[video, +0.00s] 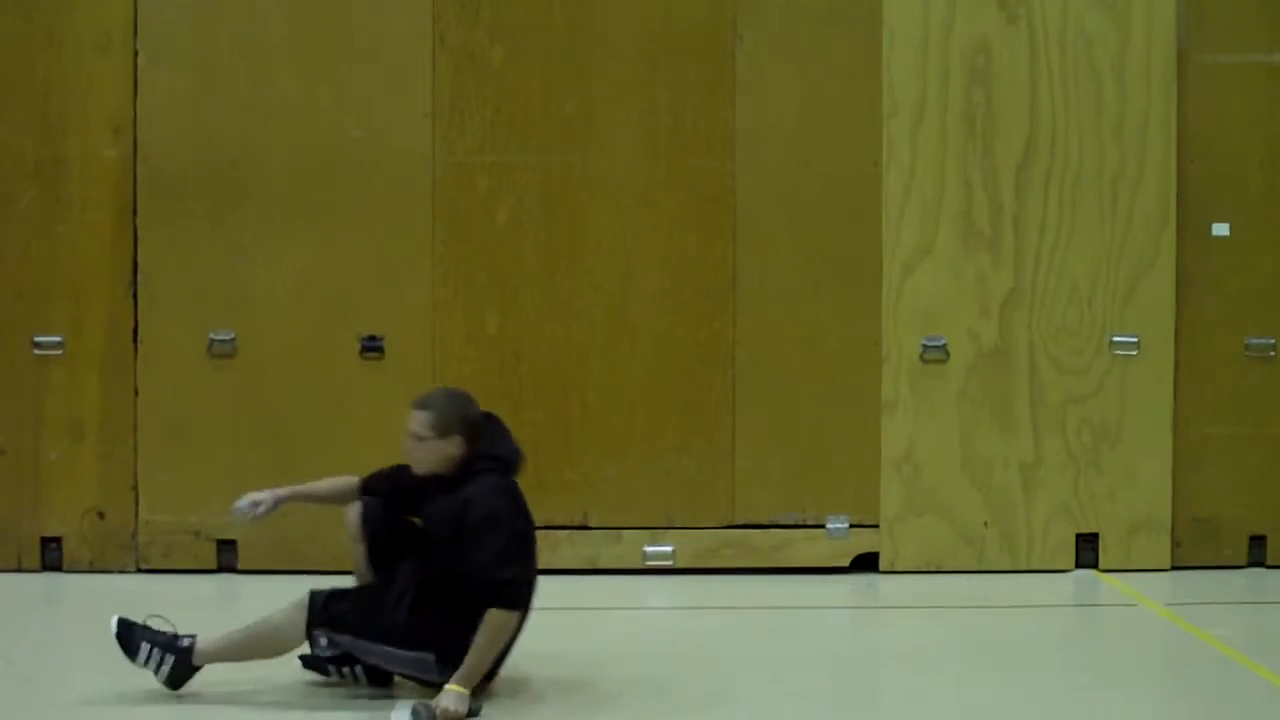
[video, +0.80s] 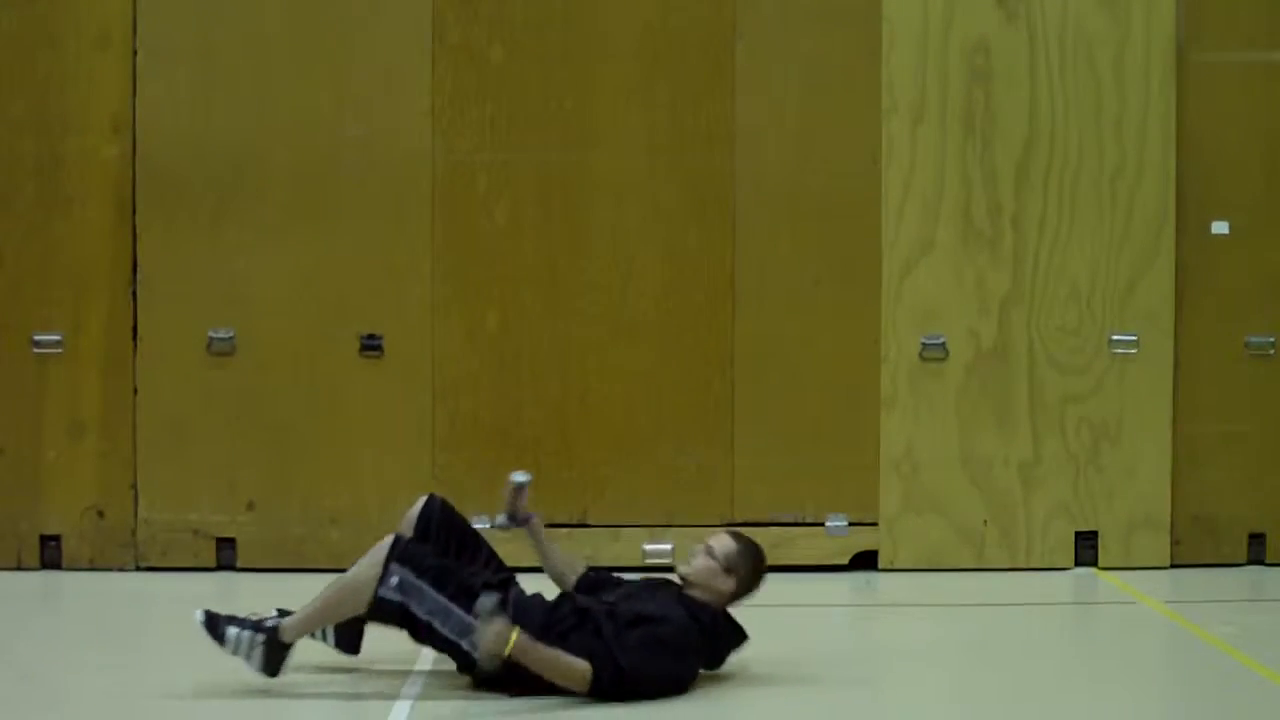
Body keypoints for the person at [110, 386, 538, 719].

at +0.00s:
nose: (408, 449)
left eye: (419, 440)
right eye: (409, 438)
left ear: (458, 444)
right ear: (432, 442)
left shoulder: (493, 500)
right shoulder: (431, 478)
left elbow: (509, 603)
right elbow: (363, 487)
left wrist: (462, 684)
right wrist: (282, 494)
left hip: (453, 644)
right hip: (430, 611)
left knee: (315, 610)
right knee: (368, 515)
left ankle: (188, 656)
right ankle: (375, 655)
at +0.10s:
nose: (446, 455)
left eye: (456, 447)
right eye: (447, 445)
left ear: (493, 455)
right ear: (477, 453)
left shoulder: (523, 514)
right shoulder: (465, 492)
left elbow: (528, 618)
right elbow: (390, 495)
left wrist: (464, 687)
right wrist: (317, 495)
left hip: (471, 646)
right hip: (449, 610)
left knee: (325, 621)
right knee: (395, 517)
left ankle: (190, 658)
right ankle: (371, 658)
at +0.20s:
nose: (492, 458)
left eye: (503, 450)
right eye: (495, 449)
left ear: (538, 460)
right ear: (525, 457)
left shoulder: (561, 528)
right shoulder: (513, 500)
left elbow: (544, 630)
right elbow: (437, 510)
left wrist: (470, 687)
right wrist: (358, 508)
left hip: (484, 645)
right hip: (476, 604)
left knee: (335, 625)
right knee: (408, 523)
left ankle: (197, 660)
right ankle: (360, 659)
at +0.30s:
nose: (538, 463)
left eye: (550, 456)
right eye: (541, 453)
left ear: (584, 471)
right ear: (562, 466)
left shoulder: (594, 545)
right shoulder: (546, 509)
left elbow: (556, 641)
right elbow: (475, 525)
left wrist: (475, 688)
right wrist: (392, 515)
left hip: (487, 648)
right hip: (481, 604)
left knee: (340, 624)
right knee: (401, 530)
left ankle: (201, 659)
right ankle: (351, 649)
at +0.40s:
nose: (578, 474)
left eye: (592, 470)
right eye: (581, 464)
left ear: (626, 490)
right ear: (592, 480)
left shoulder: (619, 566)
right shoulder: (576, 525)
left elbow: (566, 649)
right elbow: (499, 539)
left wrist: (479, 688)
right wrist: (422, 518)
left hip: (488, 650)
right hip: (485, 604)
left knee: (349, 611)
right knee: (395, 530)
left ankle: (208, 657)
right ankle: (337, 652)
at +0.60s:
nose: (644, 512)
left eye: (659, 512)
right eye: (649, 503)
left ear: (687, 537)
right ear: (652, 515)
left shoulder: (654, 605)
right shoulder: (632, 559)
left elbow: (582, 664)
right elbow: (550, 565)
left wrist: (493, 680)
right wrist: (480, 524)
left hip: (493, 640)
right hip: (499, 600)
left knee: (363, 599)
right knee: (406, 528)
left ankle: (229, 650)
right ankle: (335, 645)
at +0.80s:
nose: (696, 551)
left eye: (712, 554)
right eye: (703, 545)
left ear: (727, 586)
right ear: (701, 563)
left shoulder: (681, 641)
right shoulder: (664, 593)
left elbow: (590, 679)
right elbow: (579, 585)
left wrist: (511, 644)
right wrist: (533, 527)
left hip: (510, 643)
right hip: (524, 607)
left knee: (391, 558)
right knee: (426, 512)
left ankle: (276, 636)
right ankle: (350, 620)